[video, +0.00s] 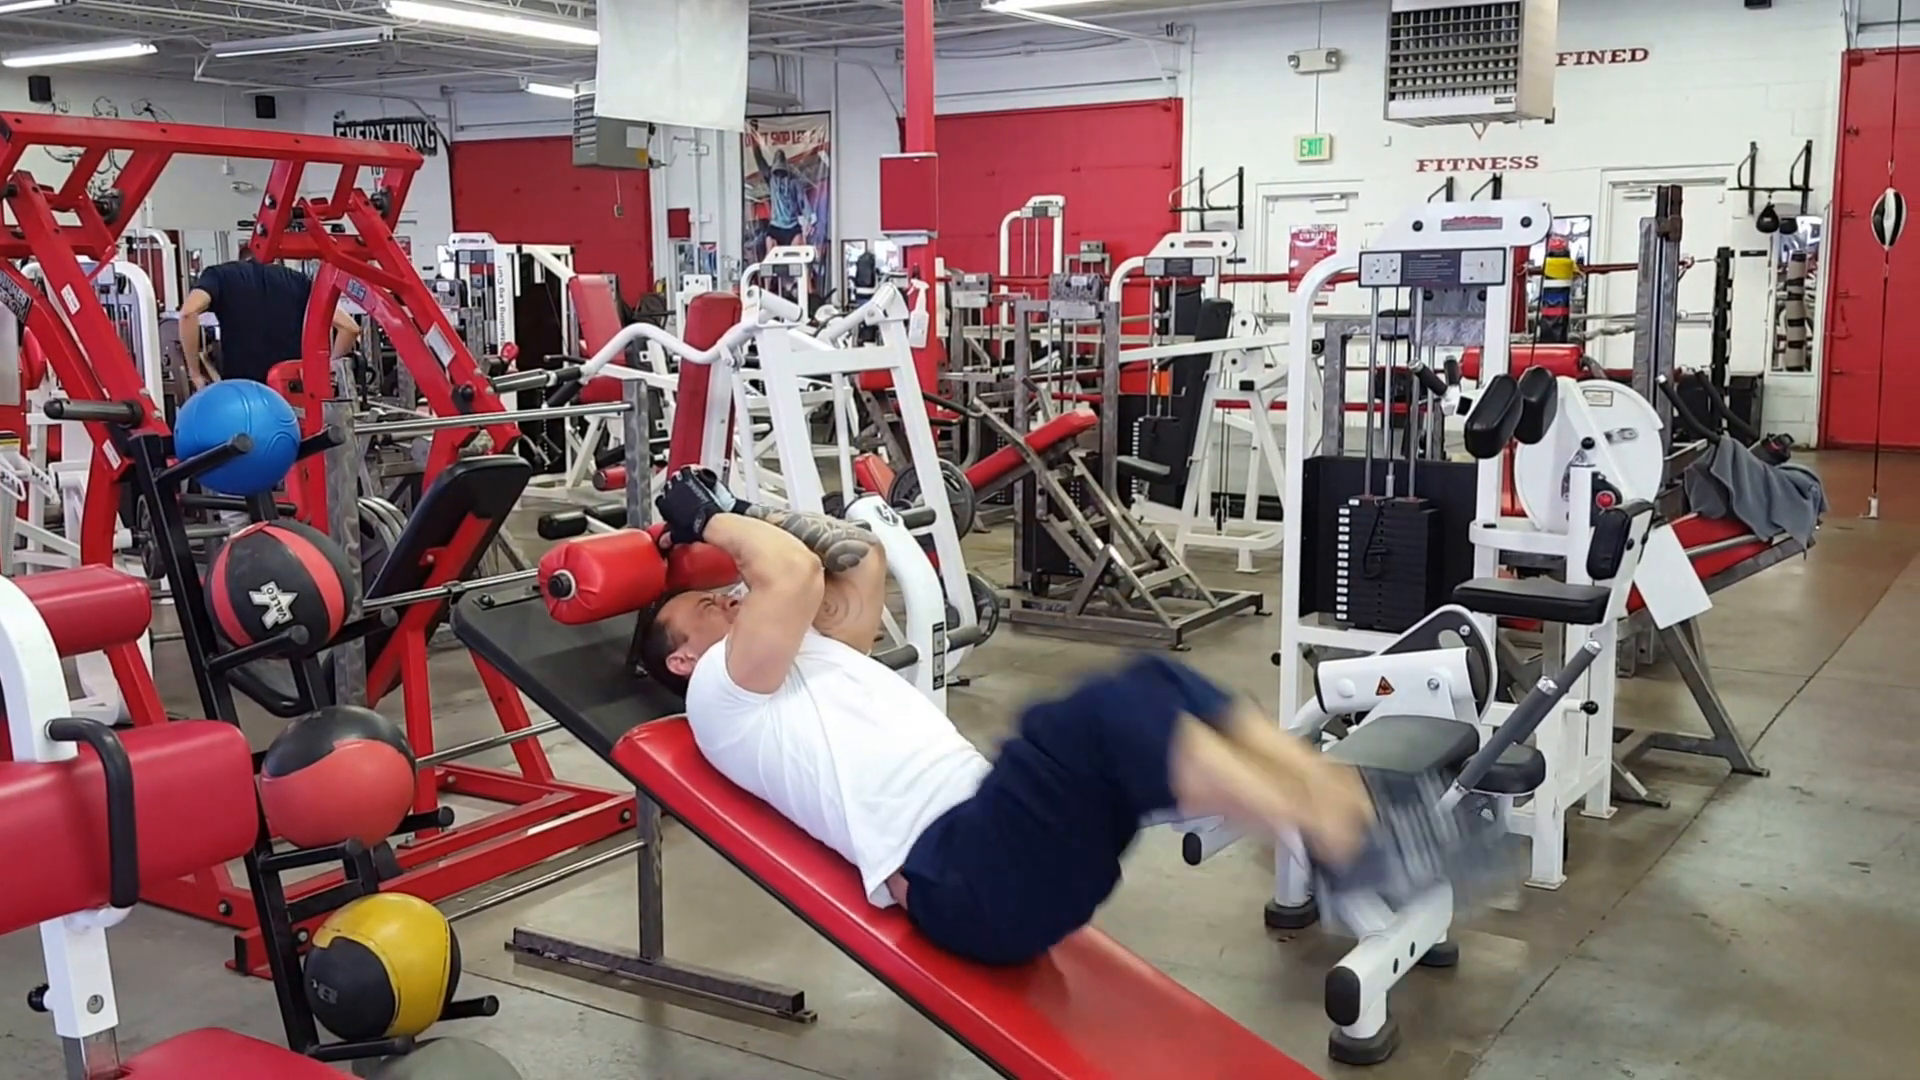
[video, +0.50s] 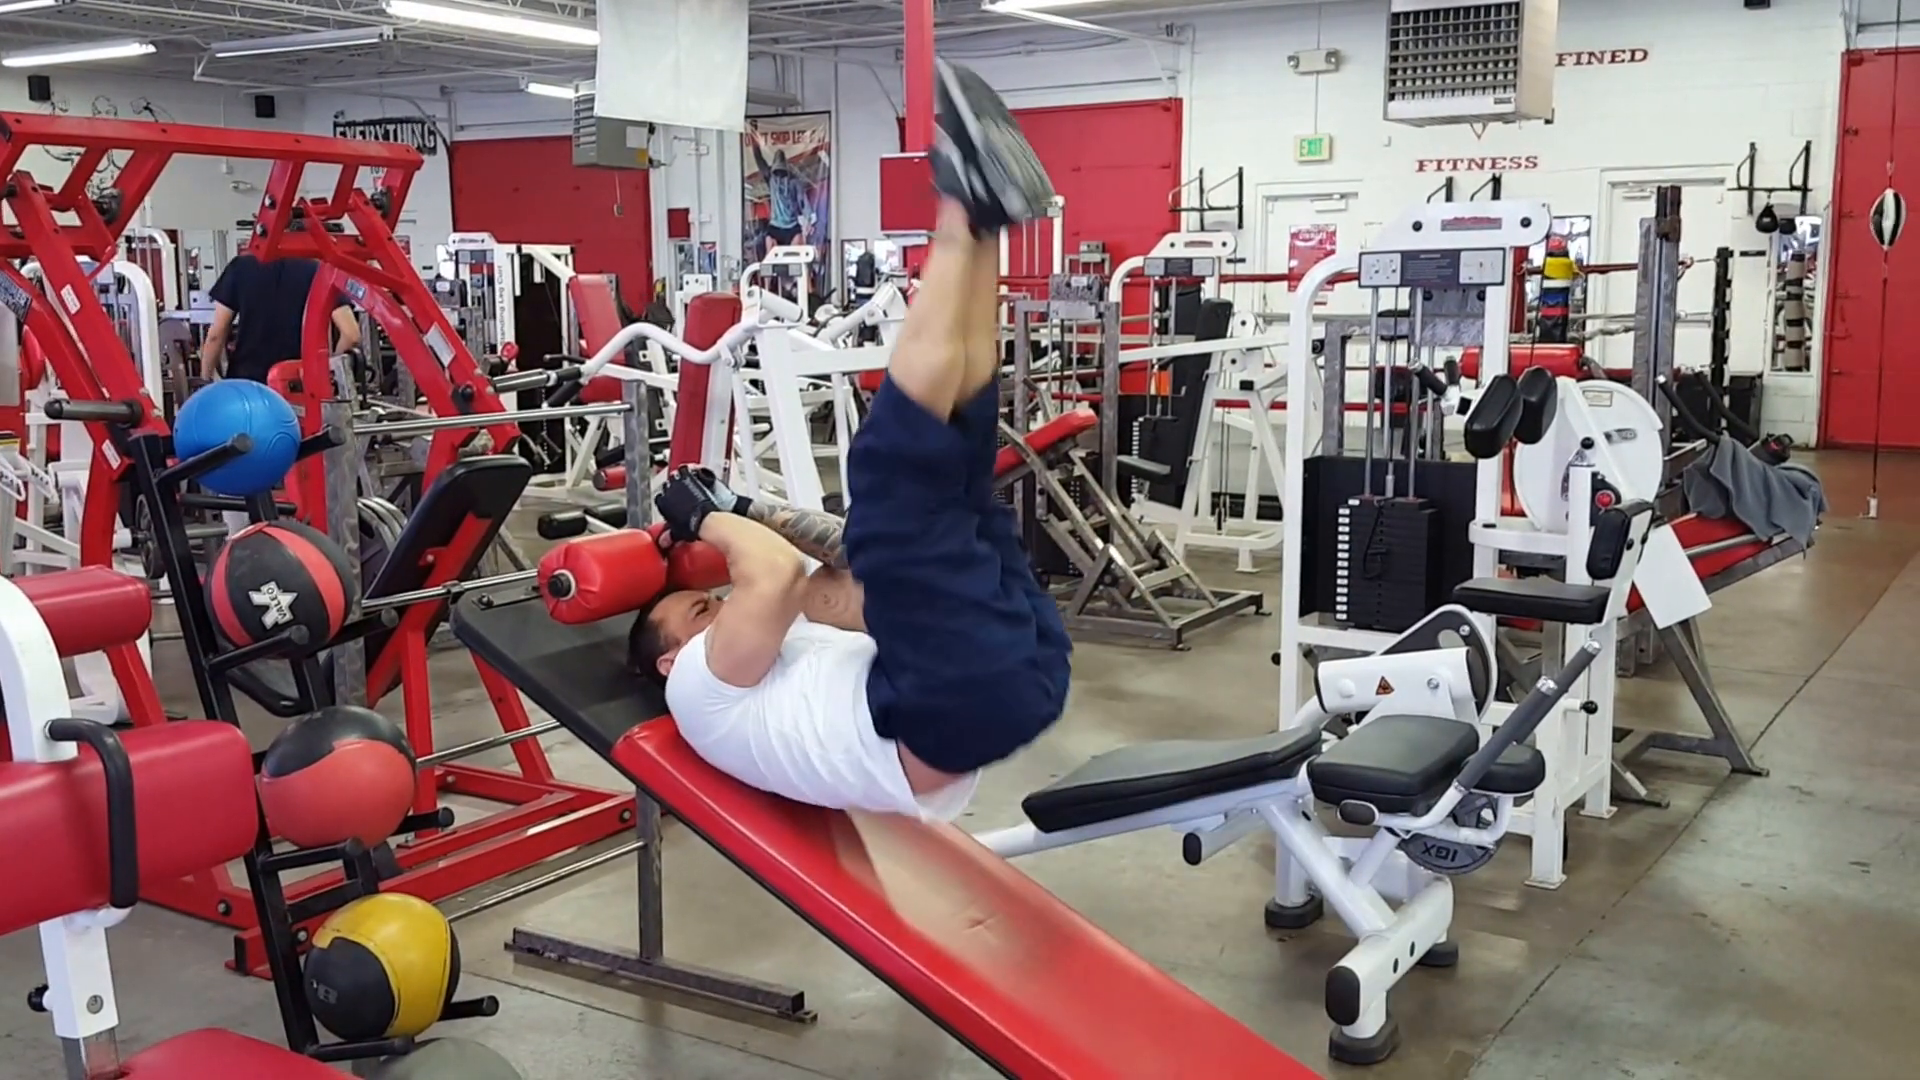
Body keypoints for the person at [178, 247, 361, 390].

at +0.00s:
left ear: (240, 257)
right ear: (275, 256)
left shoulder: (220, 274)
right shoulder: (300, 280)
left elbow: (188, 313)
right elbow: (350, 328)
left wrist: (195, 373)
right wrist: (328, 365)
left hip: (242, 399)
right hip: (299, 398)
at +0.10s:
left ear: (248, 247)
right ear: (280, 244)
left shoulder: (223, 273)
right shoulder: (302, 278)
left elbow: (183, 314)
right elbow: (350, 329)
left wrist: (182, 377)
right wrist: (328, 366)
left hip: (240, 402)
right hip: (298, 401)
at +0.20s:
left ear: (254, 239)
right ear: (290, 240)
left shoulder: (226, 272)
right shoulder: (308, 278)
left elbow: (181, 318)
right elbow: (350, 330)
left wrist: (177, 380)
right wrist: (329, 366)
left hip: (240, 402)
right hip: (299, 401)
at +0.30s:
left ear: (257, 235)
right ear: (292, 236)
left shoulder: (233, 270)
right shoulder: (309, 275)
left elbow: (189, 324)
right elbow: (351, 331)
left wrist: (177, 384)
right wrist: (327, 367)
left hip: (243, 395)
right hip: (301, 396)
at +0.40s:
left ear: (260, 230)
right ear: (297, 232)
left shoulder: (238, 268)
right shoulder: (315, 273)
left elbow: (204, 333)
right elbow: (351, 332)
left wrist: (181, 386)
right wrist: (328, 364)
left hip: (245, 393)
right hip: (302, 393)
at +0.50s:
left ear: (263, 227)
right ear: (304, 228)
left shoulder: (242, 267)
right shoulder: (318, 270)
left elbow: (216, 334)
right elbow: (351, 334)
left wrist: (206, 376)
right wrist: (330, 367)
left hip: (247, 390)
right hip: (303, 388)